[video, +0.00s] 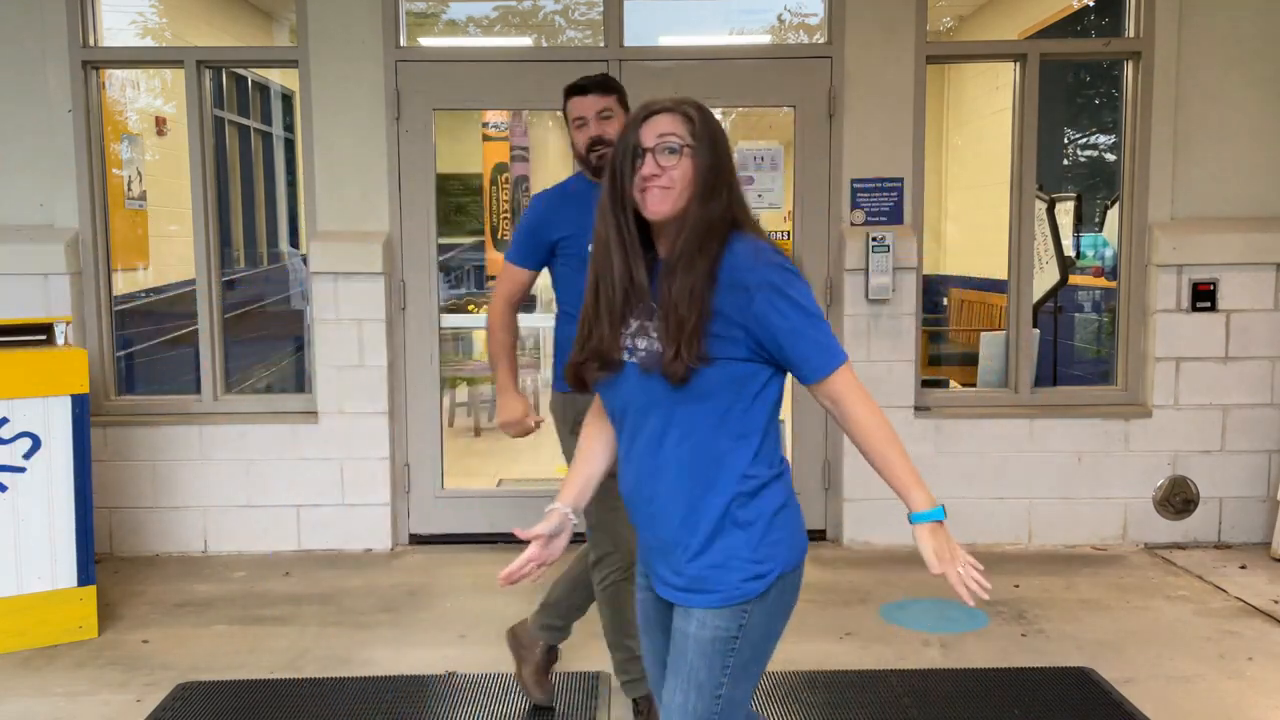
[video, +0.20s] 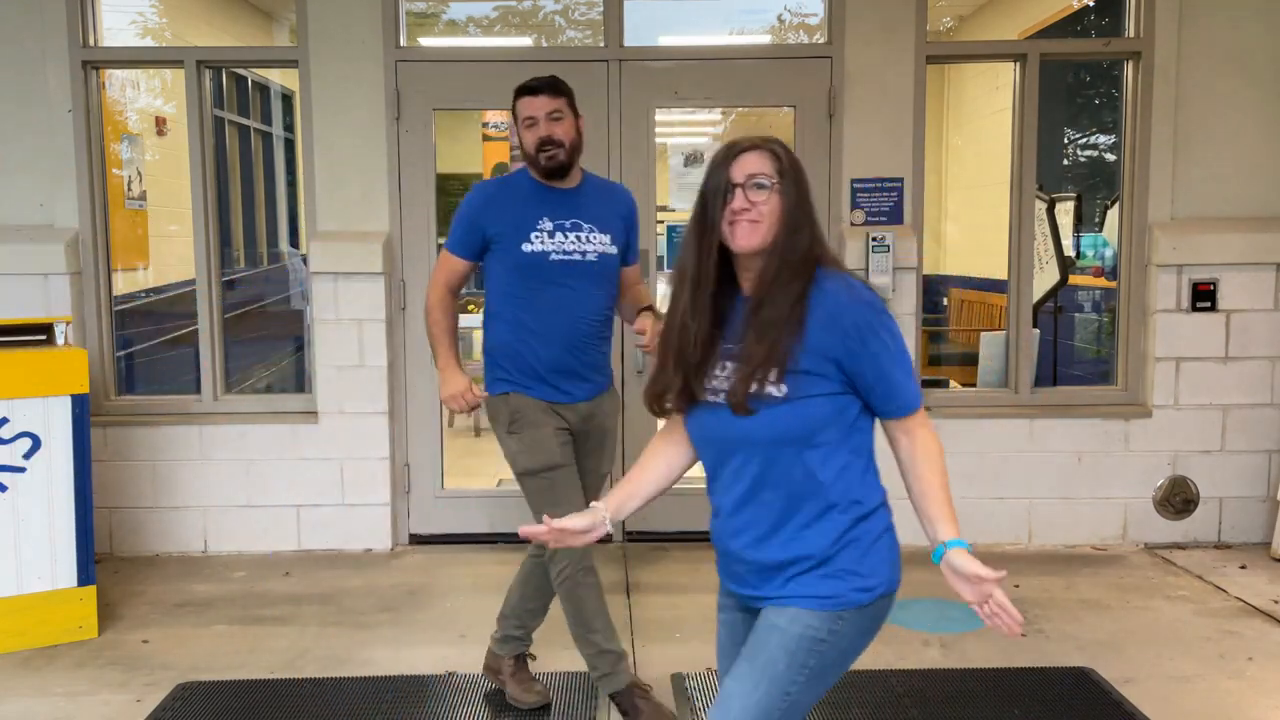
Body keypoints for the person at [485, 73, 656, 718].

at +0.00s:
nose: (595, 132)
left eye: (606, 117)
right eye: (580, 123)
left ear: (629, 121)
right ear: (568, 135)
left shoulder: (659, 198)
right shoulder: (553, 209)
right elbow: (503, 301)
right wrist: (507, 390)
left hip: (657, 391)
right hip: (588, 394)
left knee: (619, 533)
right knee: (619, 544)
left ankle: (538, 635)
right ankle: (643, 693)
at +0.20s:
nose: (545, 131)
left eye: (557, 118)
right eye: (531, 122)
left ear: (579, 125)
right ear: (516, 136)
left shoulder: (616, 203)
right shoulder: (489, 202)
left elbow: (630, 289)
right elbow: (441, 290)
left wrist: (643, 316)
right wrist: (450, 372)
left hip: (594, 396)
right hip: (522, 396)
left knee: (568, 529)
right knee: (570, 534)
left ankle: (506, 651)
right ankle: (619, 683)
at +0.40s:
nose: (493, 137)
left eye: (506, 125)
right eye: (480, 126)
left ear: (527, 135)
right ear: (465, 137)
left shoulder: (559, 210)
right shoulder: (432, 205)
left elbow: (577, 295)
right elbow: (403, 296)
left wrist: (584, 326)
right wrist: (414, 362)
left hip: (537, 405)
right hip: (455, 404)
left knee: (531, 541)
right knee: (458, 535)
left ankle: (504, 658)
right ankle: (451, 663)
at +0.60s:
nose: (426, 127)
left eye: (439, 116)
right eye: (412, 116)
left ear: (458, 126)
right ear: (395, 127)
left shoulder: (494, 194)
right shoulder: (362, 196)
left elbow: (550, 256)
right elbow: (319, 277)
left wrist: (581, 292)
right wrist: (324, 320)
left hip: (480, 398)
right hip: (393, 400)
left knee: (498, 537)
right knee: (346, 537)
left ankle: (503, 660)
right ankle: (299, 671)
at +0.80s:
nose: (357, 126)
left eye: (371, 116)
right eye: (345, 115)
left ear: (391, 129)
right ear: (326, 128)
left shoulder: (432, 195)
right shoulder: (292, 198)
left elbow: (485, 266)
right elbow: (244, 282)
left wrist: (506, 327)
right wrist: (262, 342)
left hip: (414, 400)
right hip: (323, 402)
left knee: (460, 533)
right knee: (305, 542)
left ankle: (497, 657)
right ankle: (294, 676)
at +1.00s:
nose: (306, 138)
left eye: (318, 127)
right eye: (292, 128)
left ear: (338, 139)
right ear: (274, 141)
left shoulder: (382, 207)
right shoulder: (243, 222)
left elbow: (411, 295)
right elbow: (225, 309)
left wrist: (396, 320)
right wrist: (243, 352)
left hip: (380, 404)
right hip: (289, 413)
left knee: (425, 529)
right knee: (275, 552)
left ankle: (441, 645)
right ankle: (292, 676)